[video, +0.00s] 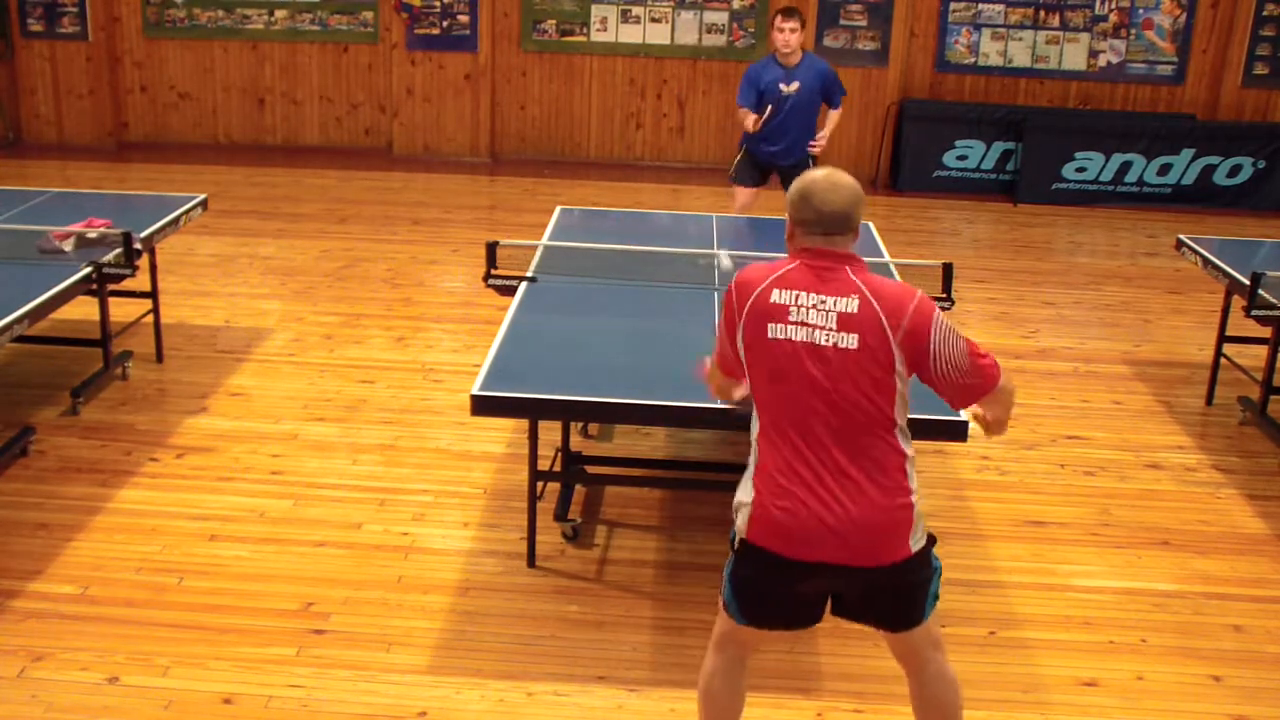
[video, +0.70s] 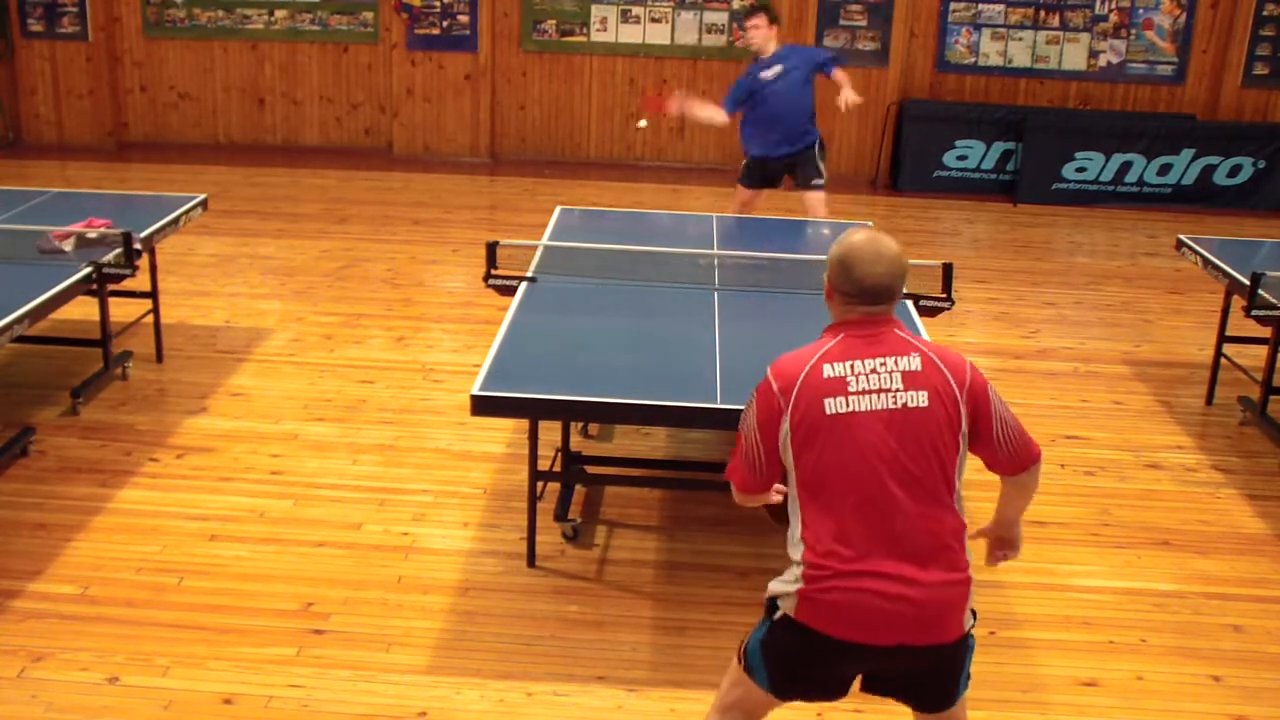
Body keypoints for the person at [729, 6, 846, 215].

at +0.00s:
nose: (786, 37)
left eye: (793, 31)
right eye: (780, 31)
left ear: (802, 34)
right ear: (772, 34)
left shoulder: (820, 70)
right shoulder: (757, 71)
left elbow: (836, 103)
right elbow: (744, 107)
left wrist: (825, 132)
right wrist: (749, 119)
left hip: (797, 153)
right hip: (757, 150)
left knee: (803, 213)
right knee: (741, 206)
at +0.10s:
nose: (778, 39)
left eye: (784, 32)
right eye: (773, 32)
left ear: (794, 36)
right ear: (765, 36)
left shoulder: (815, 72)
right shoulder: (750, 72)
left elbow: (832, 107)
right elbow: (739, 107)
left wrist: (816, 135)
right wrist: (742, 128)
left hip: (800, 153)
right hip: (761, 151)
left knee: (811, 211)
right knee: (738, 206)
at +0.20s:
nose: (765, 54)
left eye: (771, 48)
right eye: (760, 48)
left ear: (782, 50)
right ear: (754, 51)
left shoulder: (800, 85)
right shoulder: (745, 90)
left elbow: (820, 127)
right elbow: (741, 126)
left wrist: (786, 149)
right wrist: (730, 154)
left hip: (796, 169)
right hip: (759, 167)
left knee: (815, 225)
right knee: (732, 211)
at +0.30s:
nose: (746, 70)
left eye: (752, 64)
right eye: (741, 64)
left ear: (764, 65)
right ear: (736, 67)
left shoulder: (777, 95)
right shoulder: (749, 98)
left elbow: (779, 137)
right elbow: (753, 139)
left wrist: (737, 148)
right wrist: (737, 167)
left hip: (794, 175)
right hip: (763, 170)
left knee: (801, 236)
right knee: (729, 210)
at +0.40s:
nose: (731, 79)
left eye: (737, 72)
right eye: (727, 74)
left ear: (752, 74)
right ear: (723, 75)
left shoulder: (755, 99)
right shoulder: (755, 96)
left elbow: (734, 130)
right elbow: (771, 135)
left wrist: (694, 148)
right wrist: (750, 159)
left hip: (792, 177)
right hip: (765, 173)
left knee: (796, 238)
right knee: (722, 215)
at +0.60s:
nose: (726, 57)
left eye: (732, 50)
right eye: (723, 51)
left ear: (748, 51)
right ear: (720, 53)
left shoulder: (757, 74)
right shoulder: (747, 79)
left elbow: (792, 88)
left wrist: (807, 129)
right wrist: (737, 137)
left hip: (789, 163)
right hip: (760, 165)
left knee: (808, 226)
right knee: (737, 214)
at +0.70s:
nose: (748, 35)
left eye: (755, 27)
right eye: (746, 30)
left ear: (773, 29)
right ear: (743, 36)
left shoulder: (801, 55)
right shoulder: (749, 79)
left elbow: (835, 71)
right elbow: (723, 116)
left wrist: (846, 89)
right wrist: (687, 104)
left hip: (804, 150)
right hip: (762, 155)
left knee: (817, 213)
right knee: (740, 210)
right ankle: (732, 262)